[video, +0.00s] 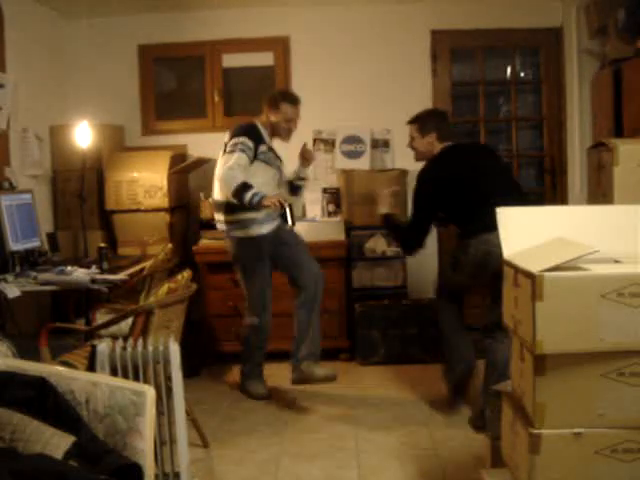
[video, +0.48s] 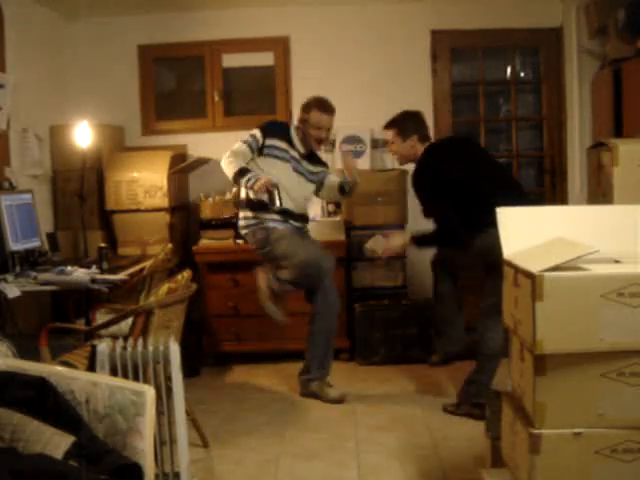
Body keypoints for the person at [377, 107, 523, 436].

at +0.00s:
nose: (411, 147)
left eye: (414, 140)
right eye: (410, 140)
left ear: (432, 138)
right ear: (438, 137)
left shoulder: (431, 175)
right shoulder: (483, 153)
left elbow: (412, 240)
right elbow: (514, 194)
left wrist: (389, 222)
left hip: (476, 244)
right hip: (516, 238)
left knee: (449, 304)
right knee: (501, 324)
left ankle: (461, 373)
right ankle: (494, 405)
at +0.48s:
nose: (391, 150)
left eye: (393, 143)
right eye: (389, 144)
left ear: (413, 140)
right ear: (419, 138)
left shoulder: (424, 174)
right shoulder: (461, 145)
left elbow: (453, 232)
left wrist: (411, 241)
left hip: (487, 236)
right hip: (520, 223)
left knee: (443, 263)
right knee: (495, 313)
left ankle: (451, 341)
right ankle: (478, 395)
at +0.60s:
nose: (389, 154)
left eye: (392, 147)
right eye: (387, 148)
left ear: (413, 143)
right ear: (415, 144)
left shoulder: (436, 164)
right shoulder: (444, 157)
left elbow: (444, 225)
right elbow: (441, 215)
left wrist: (398, 213)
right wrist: (399, 208)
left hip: (499, 229)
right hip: (511, 225)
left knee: (434, 249)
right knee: (485, 300)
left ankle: (455, 321)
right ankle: (489, 383)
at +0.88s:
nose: (390, 149)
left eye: (395, 141)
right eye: (389, 142)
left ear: (417, 139)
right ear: (416, 141)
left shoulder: (436, 164)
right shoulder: (436, 161)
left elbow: (415, 225)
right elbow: (415, 222)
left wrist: (368, 249)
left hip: (510, 220)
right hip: (514, 217)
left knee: (453, 273)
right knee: (490, 296)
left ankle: (464, 367)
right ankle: (499, 378)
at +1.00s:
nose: (391, 149)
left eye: (396, 141)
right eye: (389, 142)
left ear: (418, 140)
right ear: (414, 141)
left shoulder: (445, 168)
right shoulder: (428, 163)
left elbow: (466, 240)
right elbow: (437, 197)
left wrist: (420, 239)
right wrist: (403, 211)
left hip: (498, 234)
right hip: (482, 232)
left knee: (464, 307)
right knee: (487, 306)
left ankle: (467, 386)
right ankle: (500, 371)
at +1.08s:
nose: (401, 153)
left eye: (407, 146)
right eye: (399, 146)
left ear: (429, 146)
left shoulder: (455, 176)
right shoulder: (428, 174)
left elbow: (483, 242)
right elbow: (435, 203)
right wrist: (403, 215)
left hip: (493, 251)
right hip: (471, 250)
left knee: (461, 312)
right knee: (445, 305)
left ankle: (475, 388)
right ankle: (467, 380)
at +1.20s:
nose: (406, 145)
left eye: (413, 139)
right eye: (404, 139)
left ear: (434, 139)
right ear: (403, 140)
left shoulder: (462, 173)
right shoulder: (421, 170)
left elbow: (478, 238)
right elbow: (430, 198)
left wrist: (459, 289)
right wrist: (397, 214)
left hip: (495, 235)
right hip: (461, 231)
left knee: (476, 307)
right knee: (416, 252)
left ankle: (474, 387)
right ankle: (431, 328)